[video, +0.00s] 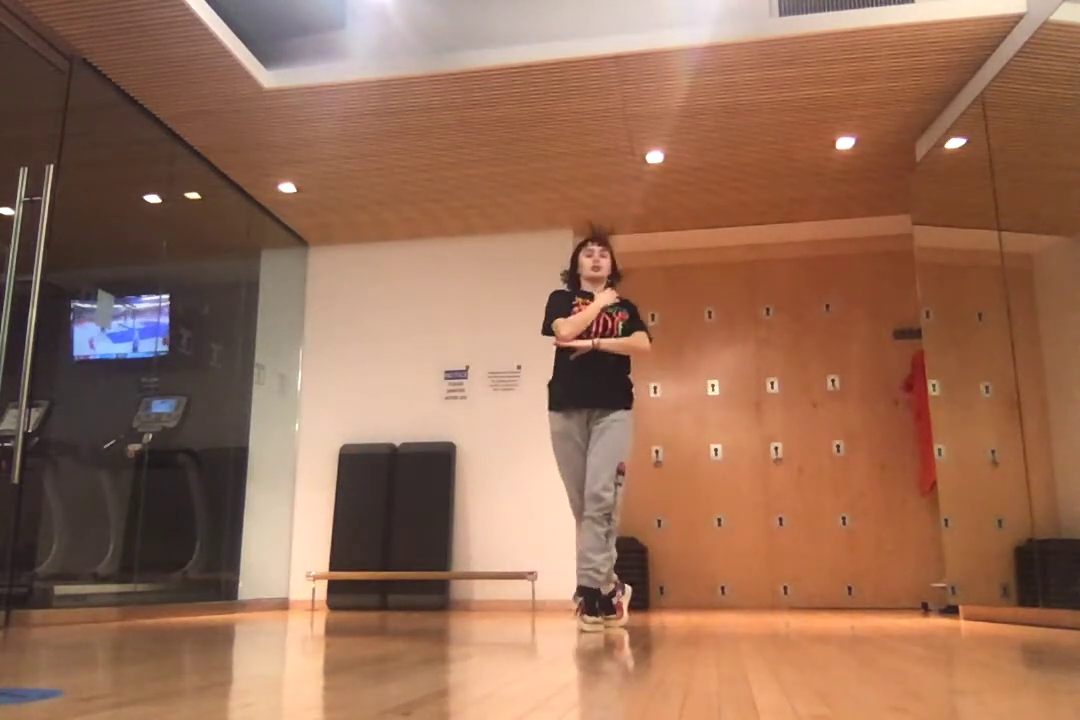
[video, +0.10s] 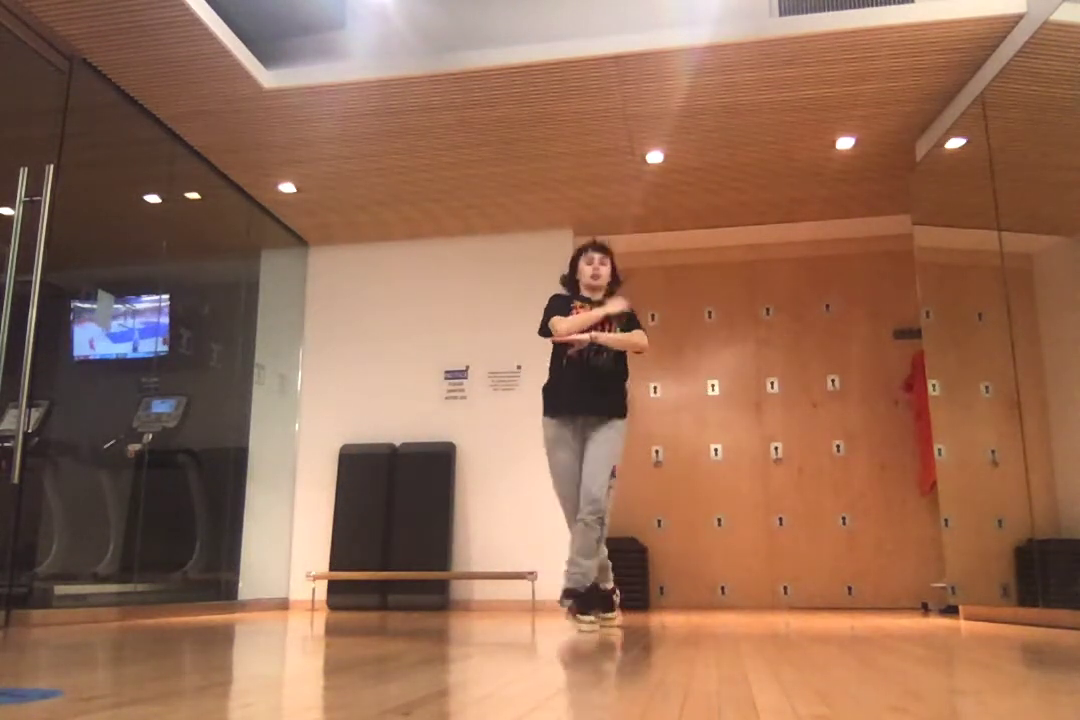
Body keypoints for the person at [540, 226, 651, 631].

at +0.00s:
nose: (597, 257)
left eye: (603, 253)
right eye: (589, 253)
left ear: (611, 263)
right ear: (576, 262)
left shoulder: (622, 305)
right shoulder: (562, 298)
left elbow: (643, 344)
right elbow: (562, 332)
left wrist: (592, 343)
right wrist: (600, 303)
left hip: (613, 410)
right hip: (566, 410)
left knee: (601, 499)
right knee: (582, 503)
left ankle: (589, 592)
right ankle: (610, 586)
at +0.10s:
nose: (596, 267)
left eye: (603, 262)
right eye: (589, 261)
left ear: (611, 271)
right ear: (576, 268)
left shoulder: (620, 310)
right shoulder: (560, 302)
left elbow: (641, 343)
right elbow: (560, 329)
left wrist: (592, 336)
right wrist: (607, 309)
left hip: (607, 417)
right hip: (560, 416)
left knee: (594, 504)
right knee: (575, 509)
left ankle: (577, 591)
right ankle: (603, 590)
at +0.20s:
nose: (598, 288)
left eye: (604, 282)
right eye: (590, 282)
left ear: (614, 293)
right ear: (575, 291)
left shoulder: (618, 330)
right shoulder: (561, 323)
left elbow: (644, 336)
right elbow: (555, 325)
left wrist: (595, 330)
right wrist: (602, 327)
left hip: (598, 434)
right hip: (554, 433)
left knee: (591, 515)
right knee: (567, 522)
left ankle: (568, 598)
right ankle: (604, 597)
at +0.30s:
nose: (597, 298)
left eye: (603, 294)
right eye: (589, 293)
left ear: (614, 306)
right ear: (575, 304)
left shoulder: (614, 347)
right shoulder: (558, 336)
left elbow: (640, 337)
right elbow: (552, 326)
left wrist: (591, 334)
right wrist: (598, 331)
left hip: (591, 447)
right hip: (545, 445)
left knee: (592, 519)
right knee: (546, 533)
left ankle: (569, 598)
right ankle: (593, 582)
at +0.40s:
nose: (589, 300)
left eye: (596, 296)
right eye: (581, 296)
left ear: (608, 306)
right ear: (569, 306)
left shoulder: (608, 349)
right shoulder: (551, 340)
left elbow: (634, 336)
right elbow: (543, 321)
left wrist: (584, 328)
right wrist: (589, 329)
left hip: (582, 459)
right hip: (533, 450)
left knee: (586, 523)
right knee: (488, 499)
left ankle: (567, 604)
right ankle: (499, 582)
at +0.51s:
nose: (584, 307)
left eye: (591, 303)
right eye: (576, 303)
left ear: (604, 312)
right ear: (563, 313)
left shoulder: (607, 357)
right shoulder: (550, 345)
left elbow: (630, 336)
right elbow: (532, 323)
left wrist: (580, 331)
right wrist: (573, 328)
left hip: (570, 462)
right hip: (522, 449)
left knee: (584, 526)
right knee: (465, 516)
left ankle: (565, 606)